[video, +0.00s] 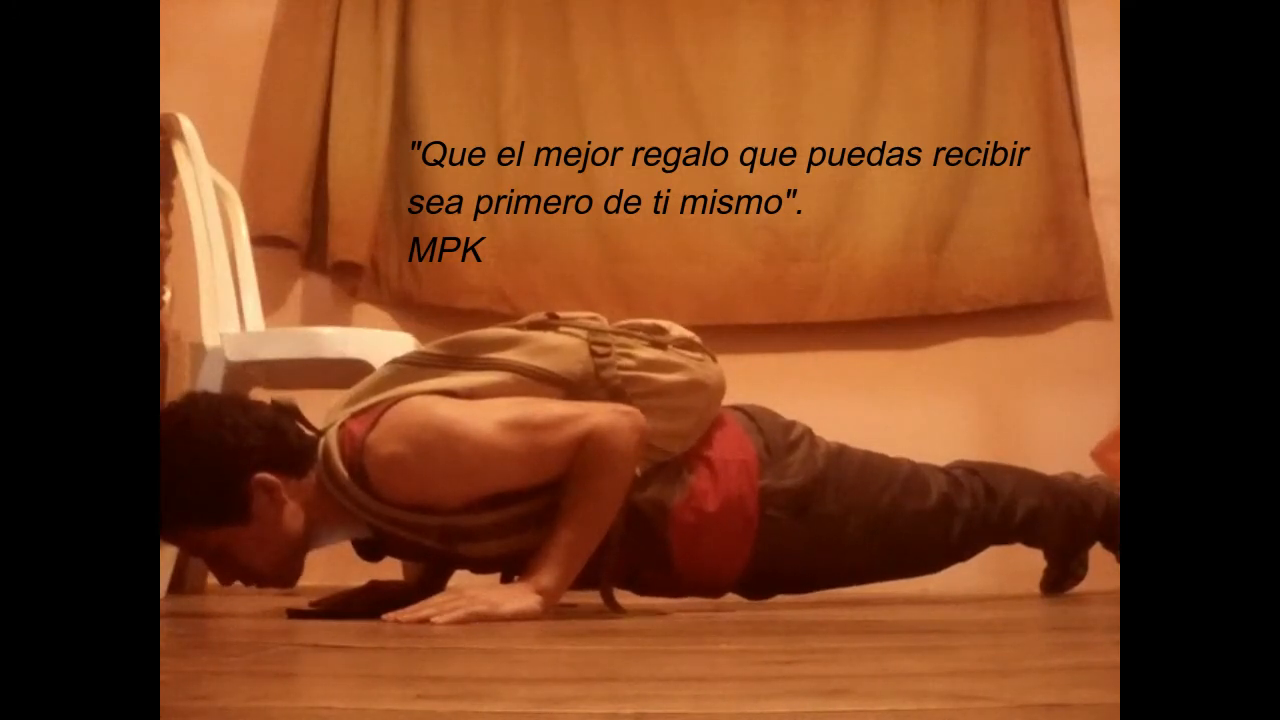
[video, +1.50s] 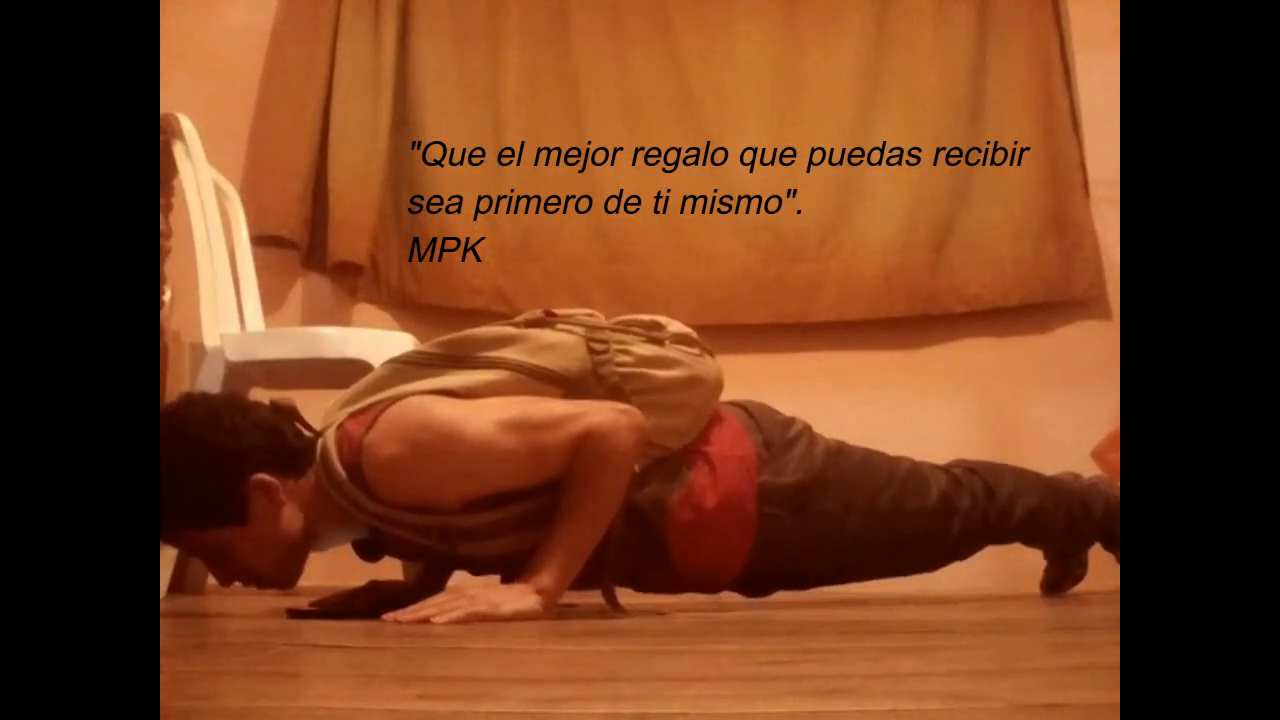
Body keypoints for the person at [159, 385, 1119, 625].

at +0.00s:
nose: (217, 575)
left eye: (211, 550)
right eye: (199, 559)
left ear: (264, 493)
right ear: (260, 481)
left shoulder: (400, 452)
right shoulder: (355, 458)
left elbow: (613, 438)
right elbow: (485, 528)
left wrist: (538, 588)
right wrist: (392, 584)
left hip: (737, 496)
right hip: (710, 502)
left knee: (944, 510)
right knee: (923, 507)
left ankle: (1093, 506)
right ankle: (1077, 504)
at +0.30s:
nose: (219, 576)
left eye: (212, 551)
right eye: (201, 561)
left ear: (263, 492)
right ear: (261, 479)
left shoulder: (400, 452)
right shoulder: (355, 459)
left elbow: (612, 439)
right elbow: (477, 531)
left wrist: (539, 588)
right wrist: (387, 587)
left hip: (738, 499)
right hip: (711, 502)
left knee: (946, 509)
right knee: (925, 506)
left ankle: (1095, 505)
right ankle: (1075, 505)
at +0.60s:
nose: (219, 576)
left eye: (212, 551)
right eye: (200, 561)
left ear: (265, 493)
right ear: (262, 483)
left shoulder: (398, 453)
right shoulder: (355, 459)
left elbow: (611, 439)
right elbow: (477, 533)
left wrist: (539, 589)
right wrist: (384, 587)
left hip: (736, 496)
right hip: (708, 506)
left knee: (946, 508)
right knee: (925, 507)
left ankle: (1094, 504)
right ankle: (1074, 506)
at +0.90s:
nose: (219, 576)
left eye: (212, 551)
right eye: (200, 560)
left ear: (265, 494)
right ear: (262, 484)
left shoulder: (396, 452)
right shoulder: (354, 461)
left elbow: (610, 438)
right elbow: (478, 536)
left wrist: (539, 588)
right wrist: (381, 589)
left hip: (735, 496)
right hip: (708, 504)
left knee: (945, 509)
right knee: (925, 508)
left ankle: (1094, 506)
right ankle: (1076, 507)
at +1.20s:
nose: (218, 576)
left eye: (212, 551)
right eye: (200, 561)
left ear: (264, 494)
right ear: (261, 484)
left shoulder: (395, 452)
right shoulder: (353, 461)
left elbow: (609, 438)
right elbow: (480, 533)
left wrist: (539, 589)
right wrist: (387, 587)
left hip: (735, 490)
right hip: (707, 505)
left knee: (942, 509)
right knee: (922, 507)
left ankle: (1094, 505)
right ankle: (1076, 506)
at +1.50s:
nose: (217, 576)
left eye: (211, 551)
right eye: (199, 560)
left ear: (262, 493)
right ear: (259, 482)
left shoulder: (397, 453)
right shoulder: (355, 460)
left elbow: (609, 437)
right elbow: (486, 529)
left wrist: (539, 588)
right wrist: (390, 585)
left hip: (737, 491)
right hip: (710, 500)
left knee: (943, 508)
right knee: (923, 505)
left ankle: (1095, 505)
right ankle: (1077, 505)